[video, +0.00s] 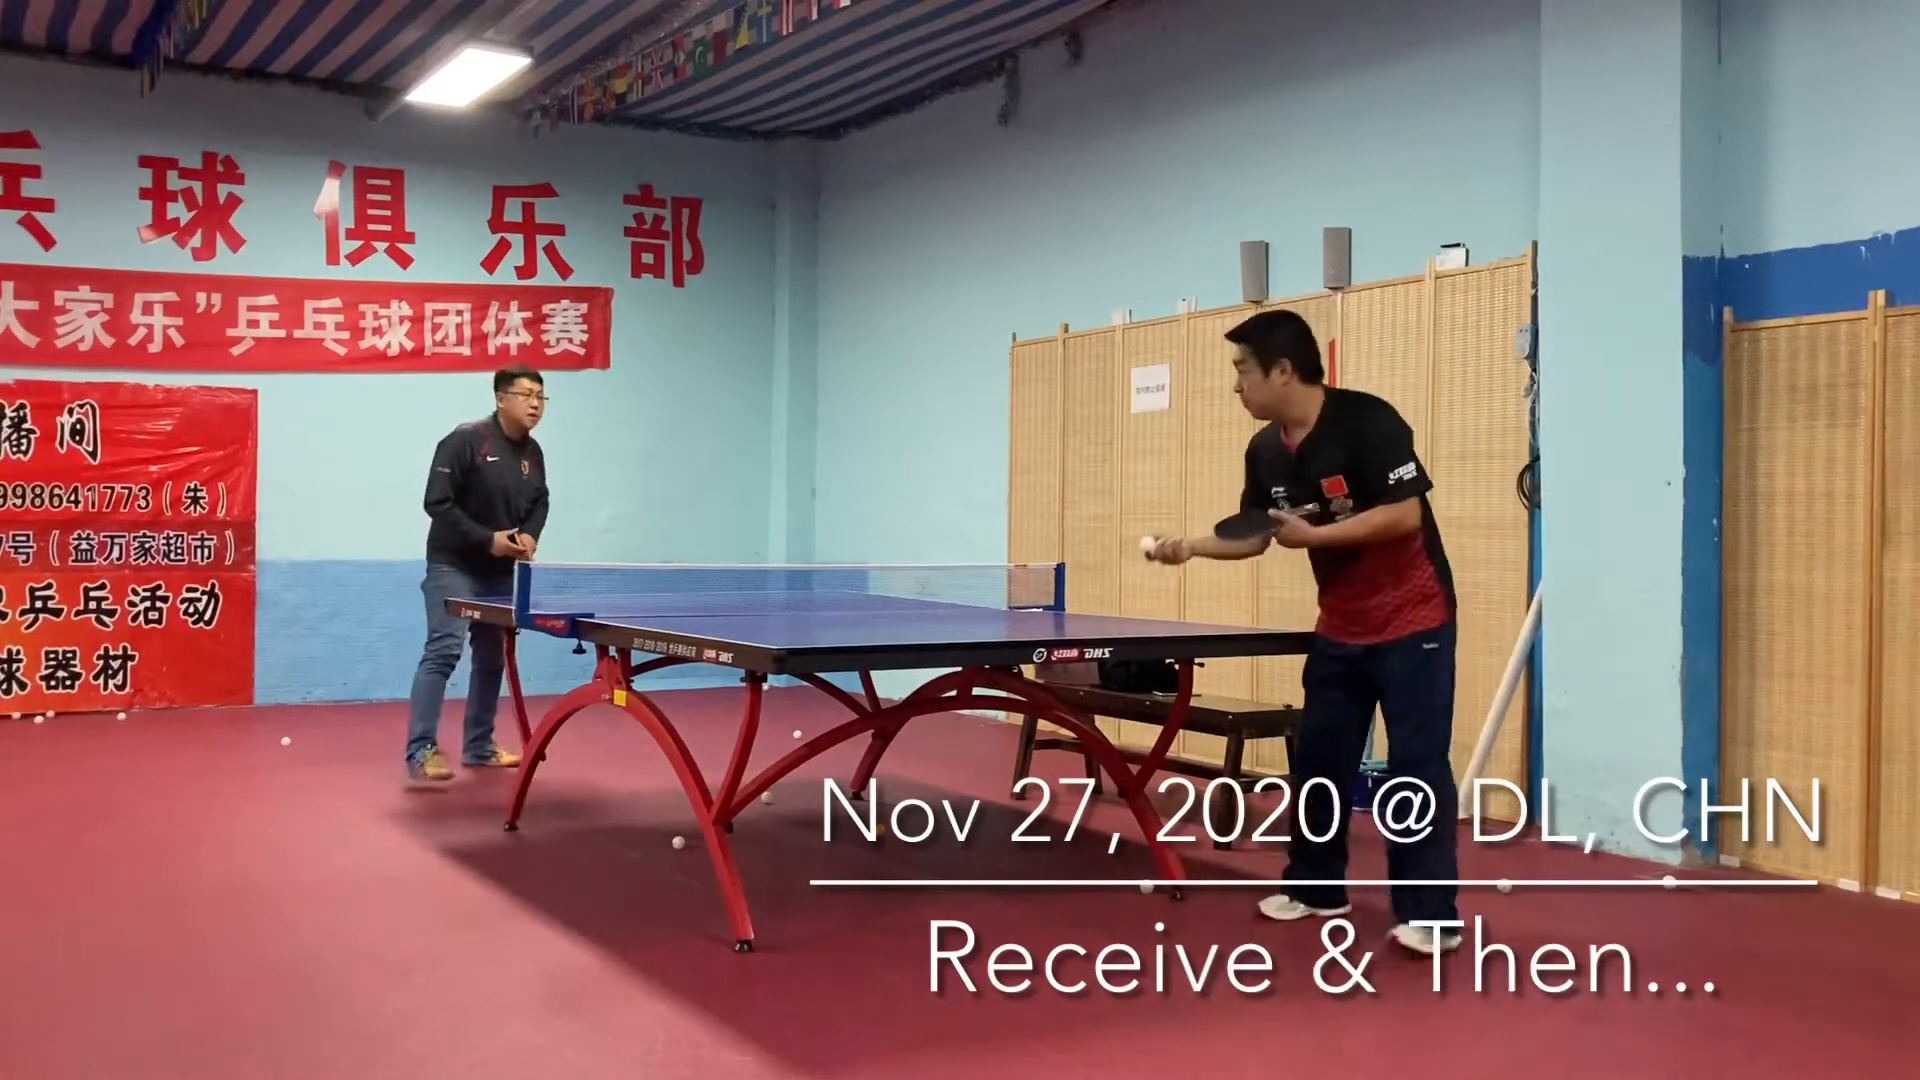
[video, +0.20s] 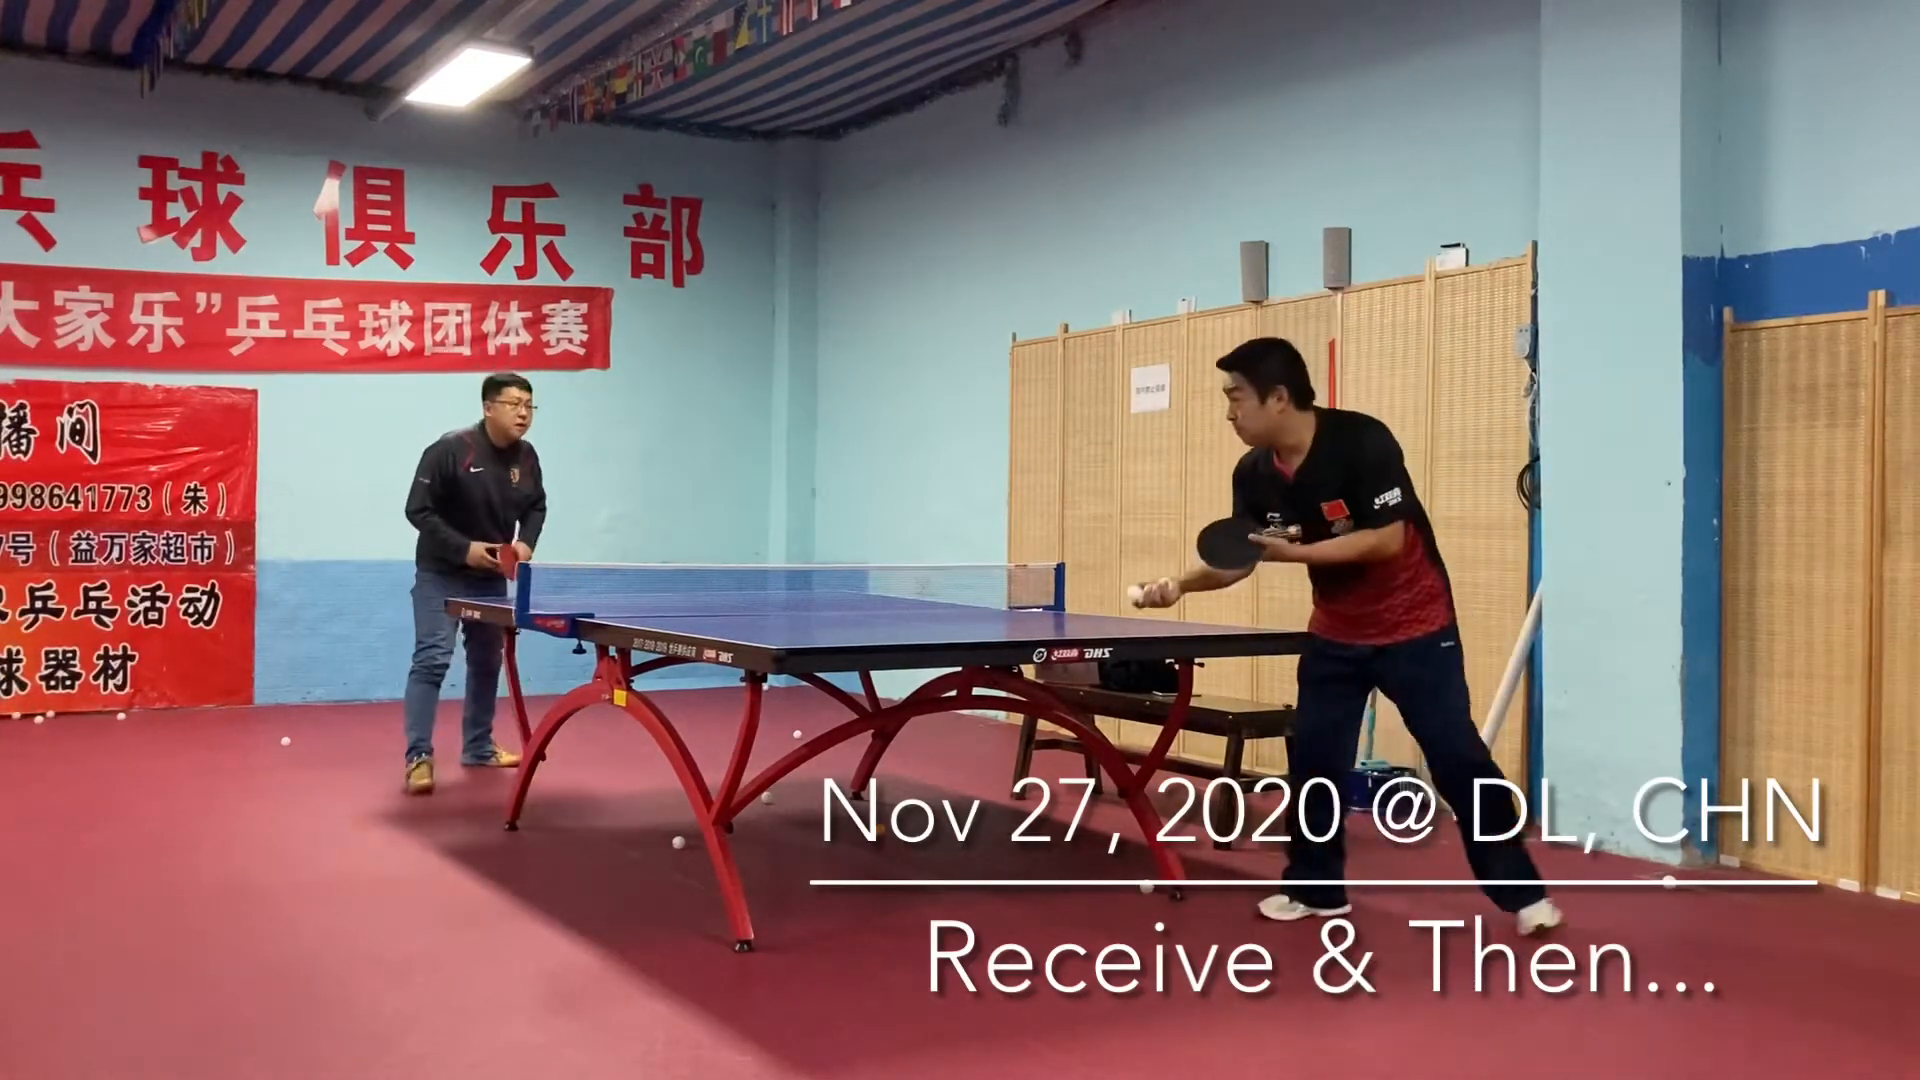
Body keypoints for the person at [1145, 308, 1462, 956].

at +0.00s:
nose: (1235, 385)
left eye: (1243, 371)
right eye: (1235, 371)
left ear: (1283, 372)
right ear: (1277, 373)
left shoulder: (1369, 418)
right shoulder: (1268, 449)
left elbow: (1404, 514)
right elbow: (1253, 530)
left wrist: (1316, 534)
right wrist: (1192, 544)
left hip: (1414, 621)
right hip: (1341, 625)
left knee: (1417, 766)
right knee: (1319, 754)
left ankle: (1429, 911)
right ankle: (1316, 888)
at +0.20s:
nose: (1228, 410)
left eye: (1237, 397)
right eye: (1227, 397)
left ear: (1279, 398)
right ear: (1268, 402)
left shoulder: (1362, 439)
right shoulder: (1254, 473)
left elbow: (1390, 538)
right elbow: (1240, 558)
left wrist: (1296, 552)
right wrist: (1179, 585)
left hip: (1415, 628)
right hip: (1336, 632)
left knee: (1456, 753)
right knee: (1313, 756)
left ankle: (1524, 893)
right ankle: (1315, 887)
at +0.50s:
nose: (1306, 417)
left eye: (1316, 405)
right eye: (1306, 405)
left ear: (1361, 408)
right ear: (1339, 409)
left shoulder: (1429, 460)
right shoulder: (1304, 463)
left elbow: (1440, 560)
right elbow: (1242, 516)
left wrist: (1354, 543)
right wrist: (1182, 515)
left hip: (1434, 643)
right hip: (1346, 640)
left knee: (1490, 761)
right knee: (1311, 744)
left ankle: (1550, 892)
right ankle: (1315, 888)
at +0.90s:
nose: (1376, 379)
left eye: (1389, 368)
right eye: (1377, 367)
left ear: (1434, 379)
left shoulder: (1500, 448)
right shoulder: (1368, 433)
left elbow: (1526, 535)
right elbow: (1300, 455)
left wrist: (1464, 543)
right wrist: (1240, 443)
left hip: (1475, 641)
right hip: (1383, 637)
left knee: (1518, 766)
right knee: (1349, 759)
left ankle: (1562, 896)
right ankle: (1344, 885)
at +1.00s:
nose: (1400, 368)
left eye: (1416, 356)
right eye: (1401, 355)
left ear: (1459, 371)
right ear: (1412, 367)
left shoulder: (1517, 440)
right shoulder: (1383, 430)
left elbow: (1549, 510)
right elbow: (1320, 456)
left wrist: (1531, 549)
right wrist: (1252, 474)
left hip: (1483, 635)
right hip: (1393, 632)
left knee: (1521, 765)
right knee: (1357, 753)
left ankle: (1561, 896)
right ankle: (1345, 885)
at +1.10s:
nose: (1414, 364)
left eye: (1431, 353)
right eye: (1416, 351)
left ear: (1474, 372)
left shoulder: (1522, 435)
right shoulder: (1390, 428)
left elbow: (1565, 490)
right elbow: (1332, 464)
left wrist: (1613, 511)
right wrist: (1276, 512)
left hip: (1490, 636)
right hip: (1399, 633)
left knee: (1526, 763)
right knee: (1362, 754)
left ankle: (1561, 895)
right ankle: (1345, 884)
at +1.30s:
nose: (1402, 388)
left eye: (1414, 375)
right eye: (1401, 375)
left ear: (1461, 382)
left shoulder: (1525, 433)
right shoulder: (1391, 441)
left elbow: (1618, 459)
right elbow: (1342, 470)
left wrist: (1607, 437)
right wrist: (1356, 541)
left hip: (1496, 641)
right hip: (1404, 634)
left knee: (1536, 770)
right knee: (1351, 744)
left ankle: (1562, 896)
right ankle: (1343, 880)